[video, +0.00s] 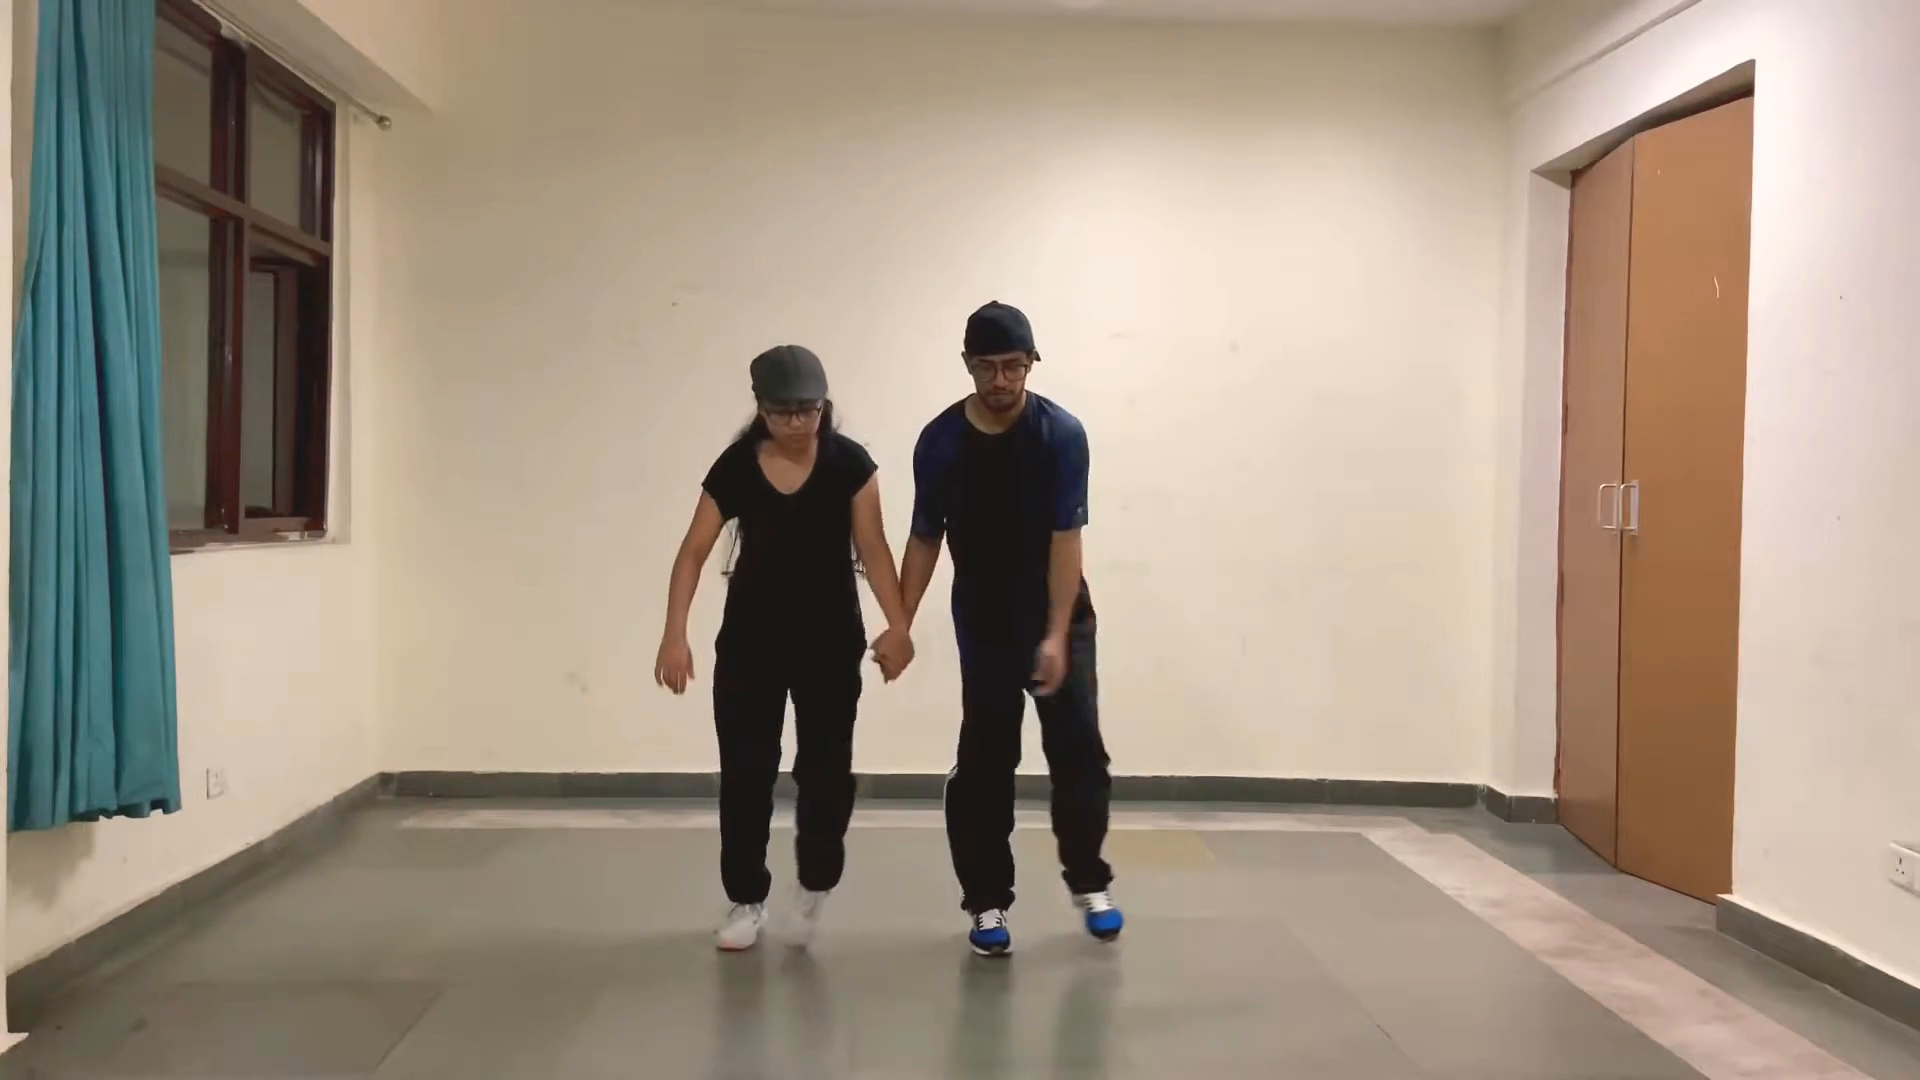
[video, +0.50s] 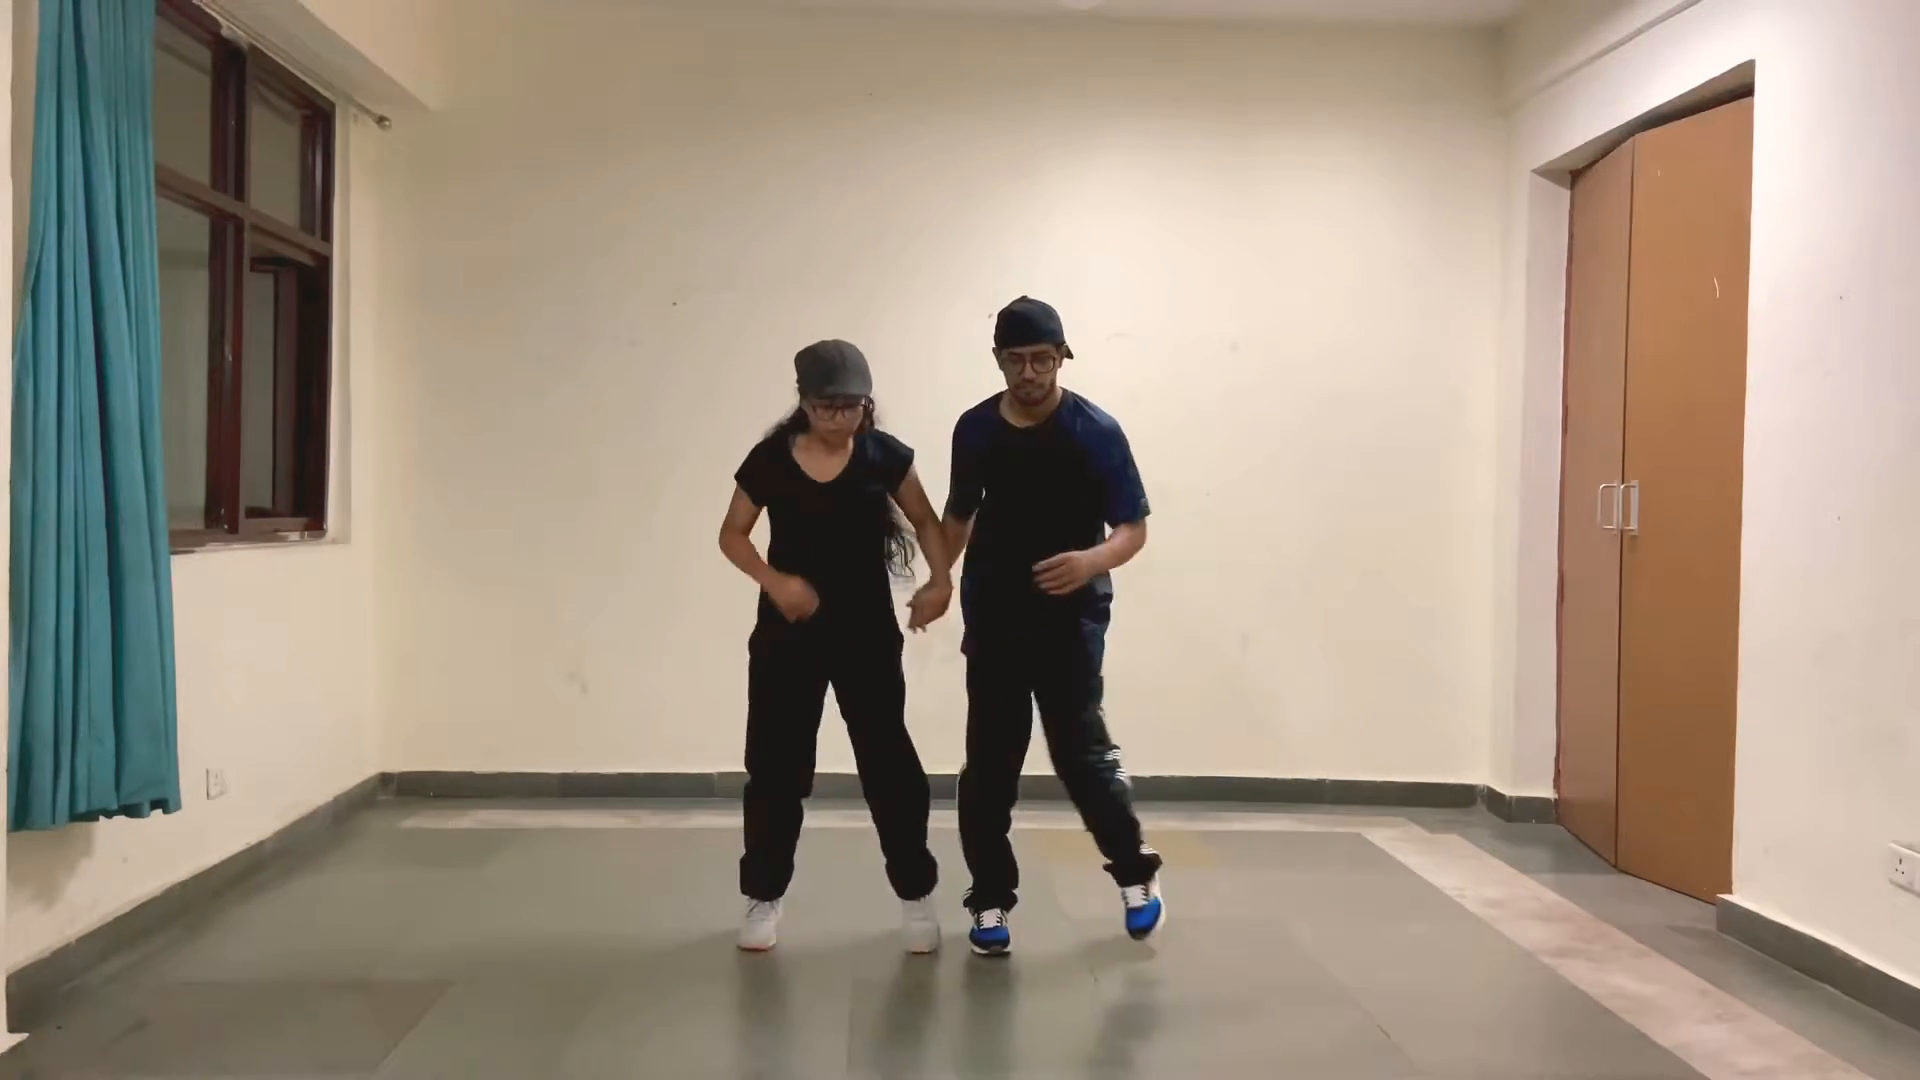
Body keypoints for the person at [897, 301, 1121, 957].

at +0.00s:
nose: (1001, 379)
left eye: (1013, 366)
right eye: (987, 366)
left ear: (1031, 364)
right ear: (969, 368)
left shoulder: (1061, 435)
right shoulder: (940, 442)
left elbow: (1066, 543)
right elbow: (923, 539)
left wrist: (1058, 633)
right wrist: (899, 626)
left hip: (1059, 611)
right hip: (985, 617)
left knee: (1078, 748)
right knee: (987, 756)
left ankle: (1089, 879)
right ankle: (987, 901)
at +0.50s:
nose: (1030, 371)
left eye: (1042, 359)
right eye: (1017, 359)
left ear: (1062, 359)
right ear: (999, 361)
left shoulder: (1096, 434)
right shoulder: (975, 431)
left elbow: (1133, 530)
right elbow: (958, 515)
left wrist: (1093, 561)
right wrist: (936, 583)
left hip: (1069, 619)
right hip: (993, 618)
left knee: (1081, 756)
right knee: (989, 765)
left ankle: (1134, 873)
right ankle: (990, 898)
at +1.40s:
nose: (1090, 381)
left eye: (1103, 369)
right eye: (1076, 367)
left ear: (1116, 373)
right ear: (1052, 368)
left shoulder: (1138, 444)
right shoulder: (1012, 450)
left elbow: (1203, 503)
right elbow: (984, 540)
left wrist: (1251, 540)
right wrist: (931, 600)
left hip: (1131, 626)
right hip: (1061, 631)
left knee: (1144, 776)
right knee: (1124, 770)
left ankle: (1077, 903)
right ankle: (1160, 932)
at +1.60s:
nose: (1101, 373)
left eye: (1112, 362)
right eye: (1087, 360)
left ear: (1123, 368)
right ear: (1059, 360)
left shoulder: (1120, 442)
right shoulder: (1007, 430)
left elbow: (1172, 510)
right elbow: (942, 509)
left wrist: (1184, 531)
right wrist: (894, 594)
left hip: (1087, 624)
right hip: (1021, 623)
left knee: (1098, 761)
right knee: (1052, 759)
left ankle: (1071, 908)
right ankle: (964, 874)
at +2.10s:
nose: (1009, 380)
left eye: (1022, 368)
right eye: (997, 367)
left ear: (1043, 375)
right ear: (980, 372)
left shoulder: (1063, 464)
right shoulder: (933, 440)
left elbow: (1091, 532)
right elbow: (880, 504)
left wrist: (1050, 603)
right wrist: (858, 587)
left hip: (998, 648)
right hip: (925, 635)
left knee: (950, 797)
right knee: (901, 783)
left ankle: (891, 946)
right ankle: (975, 884)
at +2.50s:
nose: (1001, 351)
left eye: (1013, 340)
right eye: (989, 340)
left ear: (1031, 342)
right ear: (970, 341)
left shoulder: (1053, 415)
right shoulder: (934, 411)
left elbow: (1092, 488)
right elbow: (898, 499)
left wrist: (1127, 525)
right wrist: (844, 555)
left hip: (1035, 580)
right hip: (963, 585)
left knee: (1035, 670)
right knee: (970, 732)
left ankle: (1042, 793)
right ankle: (991, 874)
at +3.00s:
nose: (1005, 361)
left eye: (1016, 349)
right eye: (992, 350)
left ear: (1035, 352)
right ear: (974, 353)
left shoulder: (1059, 435)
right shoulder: (942, 426)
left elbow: (1070, 525)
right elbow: (911, 511)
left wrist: (1101, 610)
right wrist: (859, 572)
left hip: (1023, 630)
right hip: (945, 626)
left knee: (1041, 767)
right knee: (918, 755)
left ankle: (1055, 900)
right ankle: (856, 886)